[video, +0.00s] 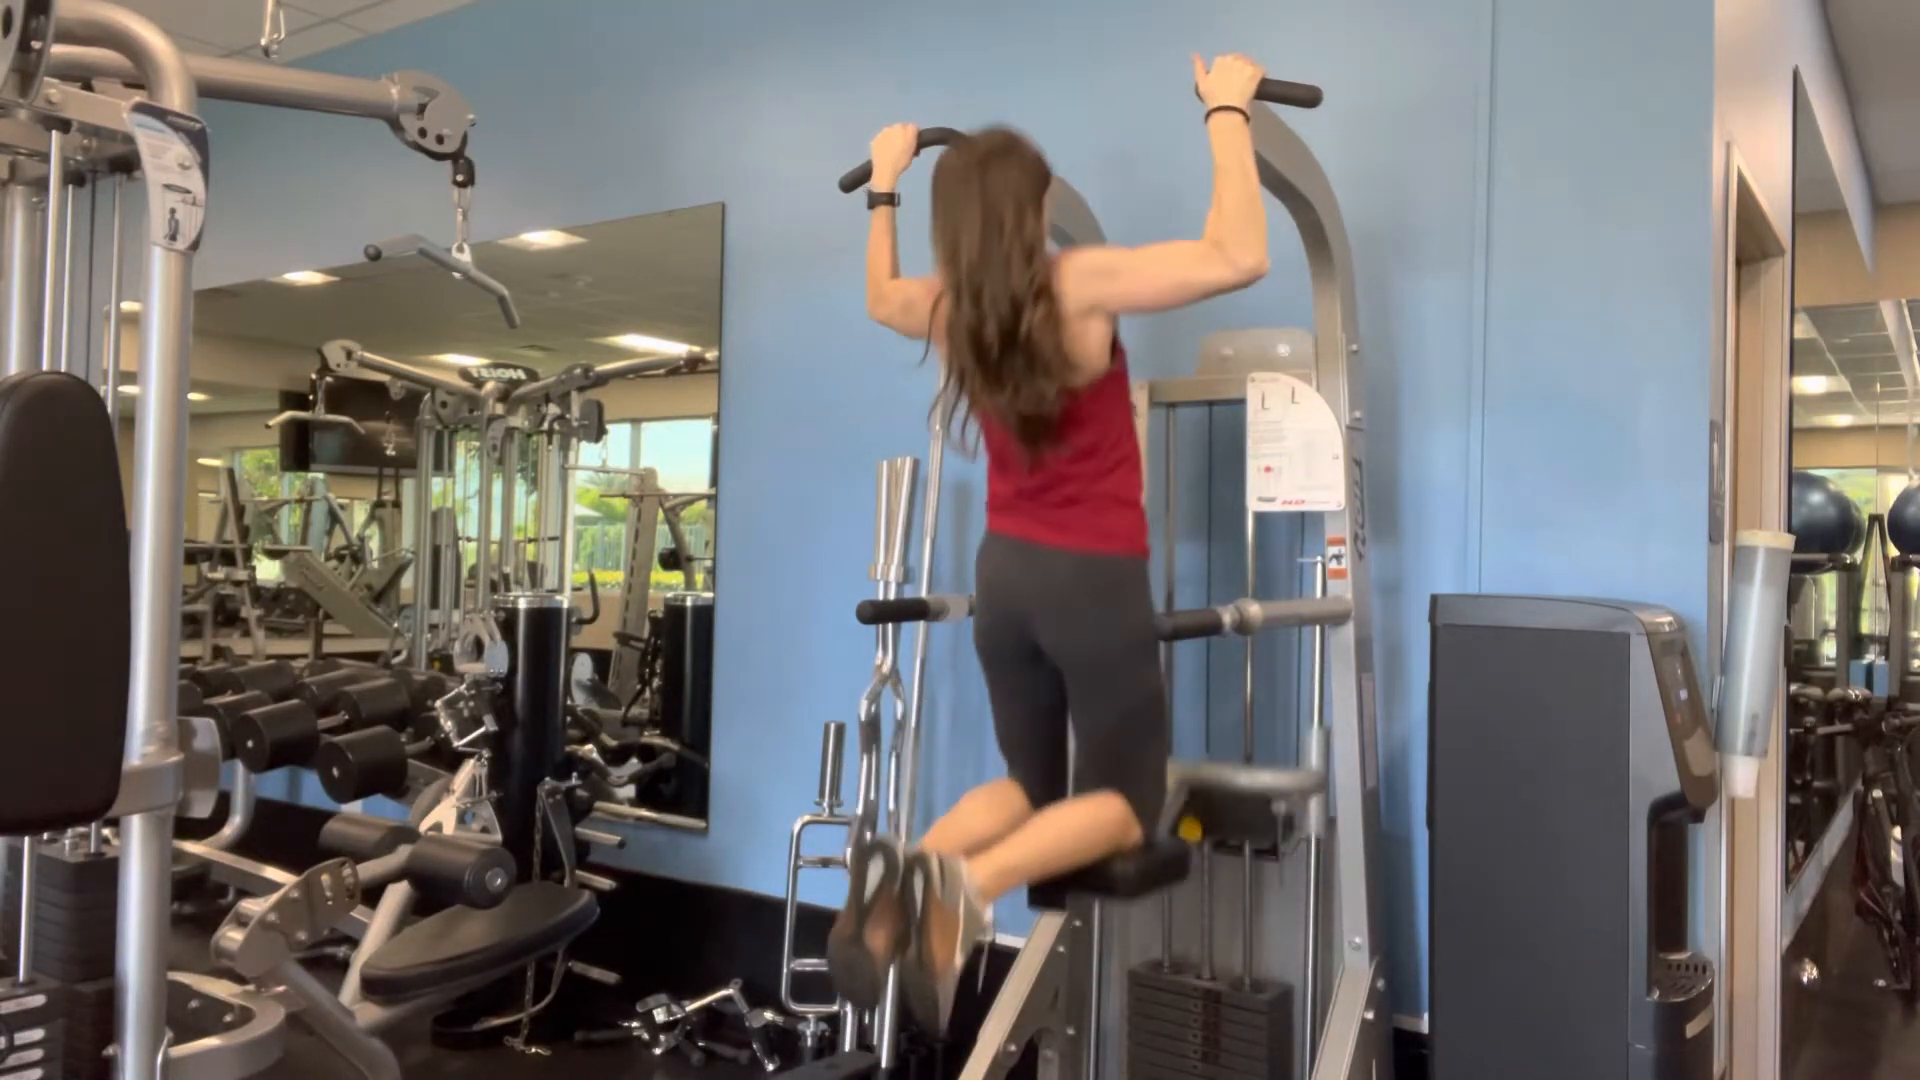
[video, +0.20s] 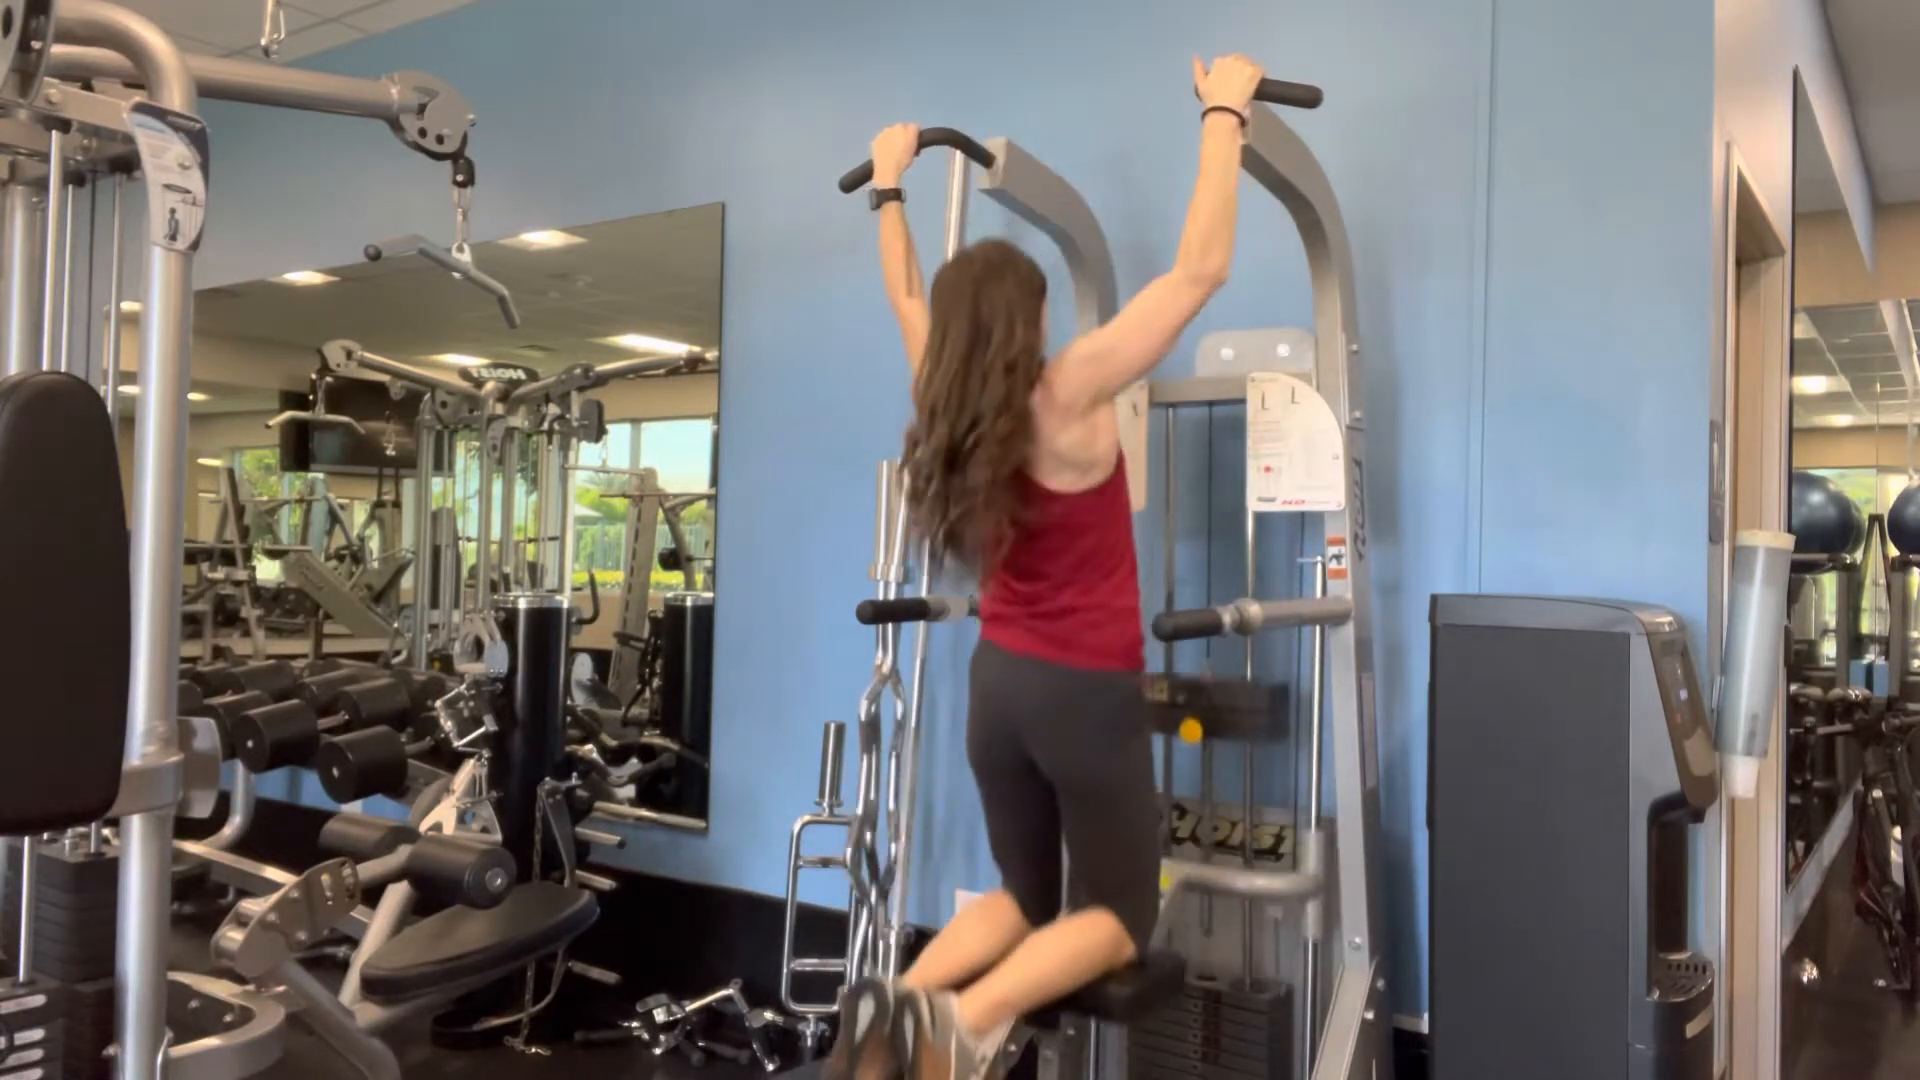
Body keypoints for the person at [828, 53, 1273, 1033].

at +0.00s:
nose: (1054, 199)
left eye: (1040, 185)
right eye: (1046, 187)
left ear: (953, 216)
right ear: (1036, 204)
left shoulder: (952, 304)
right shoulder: (1077, 278)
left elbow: (880, 295)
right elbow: (1237, 256)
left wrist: (882, 187)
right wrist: (1228, 113)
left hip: (1004, 577)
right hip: (1093, 580)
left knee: (1031, 784)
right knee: (1127, 804)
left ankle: (913, 866)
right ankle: (970, 887)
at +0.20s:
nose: (1048, 307)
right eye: (1037, 295)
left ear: (956, 322)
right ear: (1034, 312)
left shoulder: (955, 395)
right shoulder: (1076, 382)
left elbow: (905, 293)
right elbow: (1200, 270)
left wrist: (885, 185)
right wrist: (1225, 114)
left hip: (997, 685)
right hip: (1087, 693)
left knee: (1023, 894)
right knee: (1119, 916)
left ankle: (900, 1002)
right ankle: (965, 1028)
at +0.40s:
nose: (1065, 350)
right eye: (1058, 344)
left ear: (979, 380)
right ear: (1055, 370)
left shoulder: (980, 444)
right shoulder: (1099, 431)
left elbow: (931, 305)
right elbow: (1183, 276)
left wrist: (891, 188)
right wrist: (1222, 118)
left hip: (1001, 742)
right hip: (1090, 755)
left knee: (1025, 963)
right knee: (1117, 982)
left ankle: (901, 1068)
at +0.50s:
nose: (1075, 355)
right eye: (1067, 349)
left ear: (984, 391)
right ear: (1061, 376)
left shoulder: (986, 449)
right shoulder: (1105, 436)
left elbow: (934, 304)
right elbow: (1184, 279)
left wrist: (892, 187)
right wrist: (1223, 120)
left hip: (1001, 750)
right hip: (1090, 762)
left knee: (1025, 970)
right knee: (1114, 989)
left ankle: (904, 1075)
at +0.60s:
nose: (1064, 340)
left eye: (1017, 337)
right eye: (1054, 335)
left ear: (978, 377)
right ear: (1053, 363)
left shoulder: (977, 445)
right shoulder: (1101, 420)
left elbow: (925, 306)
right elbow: (1186, 276)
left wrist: (890, 188)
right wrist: (1223, 118)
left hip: (997, 730)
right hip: (1086, 745)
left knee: (1021, 952)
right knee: (1112, 971)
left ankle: (901, 1070)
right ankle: (974, 1079)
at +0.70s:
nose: (1055, 326)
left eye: (1016, 322)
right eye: (1047, 321)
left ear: (968, 357)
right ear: (1043, 342)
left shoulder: (968, 429)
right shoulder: (1093, 406)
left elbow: (917, 304)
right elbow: (1193, 277)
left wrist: (889, 185)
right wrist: (1222, 119)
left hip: (996, 704)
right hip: (1085, 720)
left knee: (1016, 925)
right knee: (1113, 946)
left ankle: (899, 1042)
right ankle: (964, 1065)